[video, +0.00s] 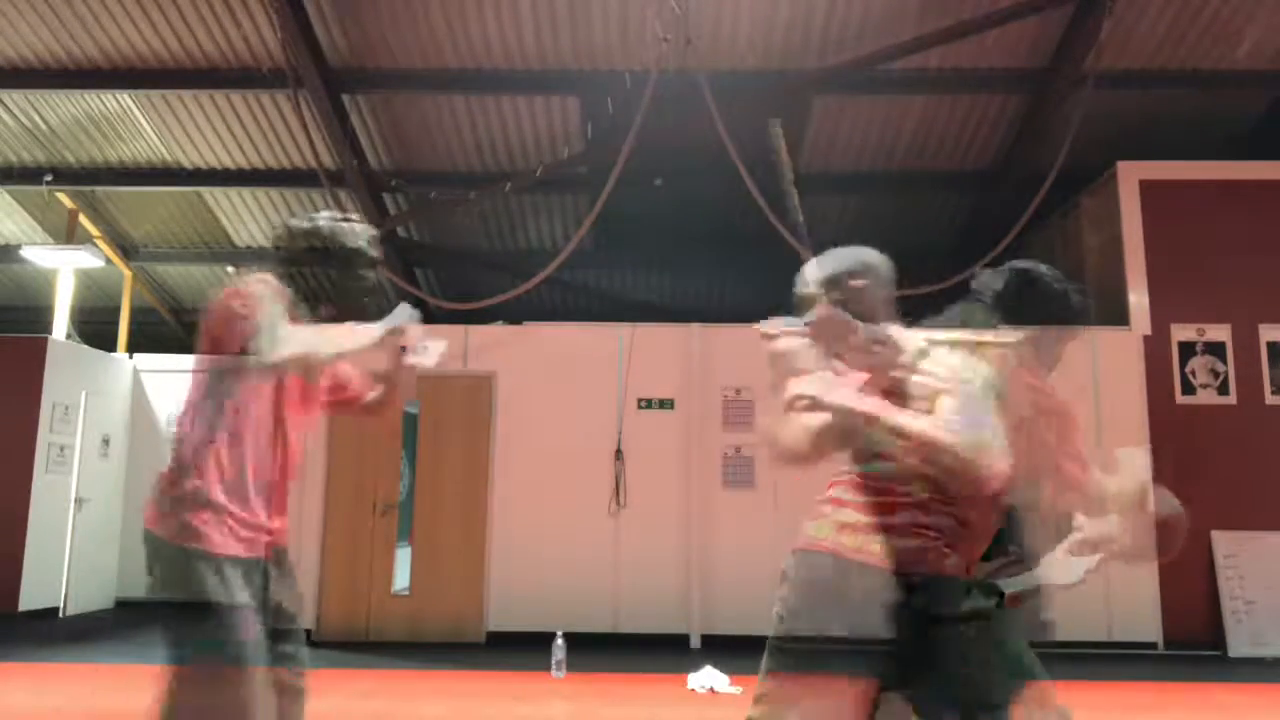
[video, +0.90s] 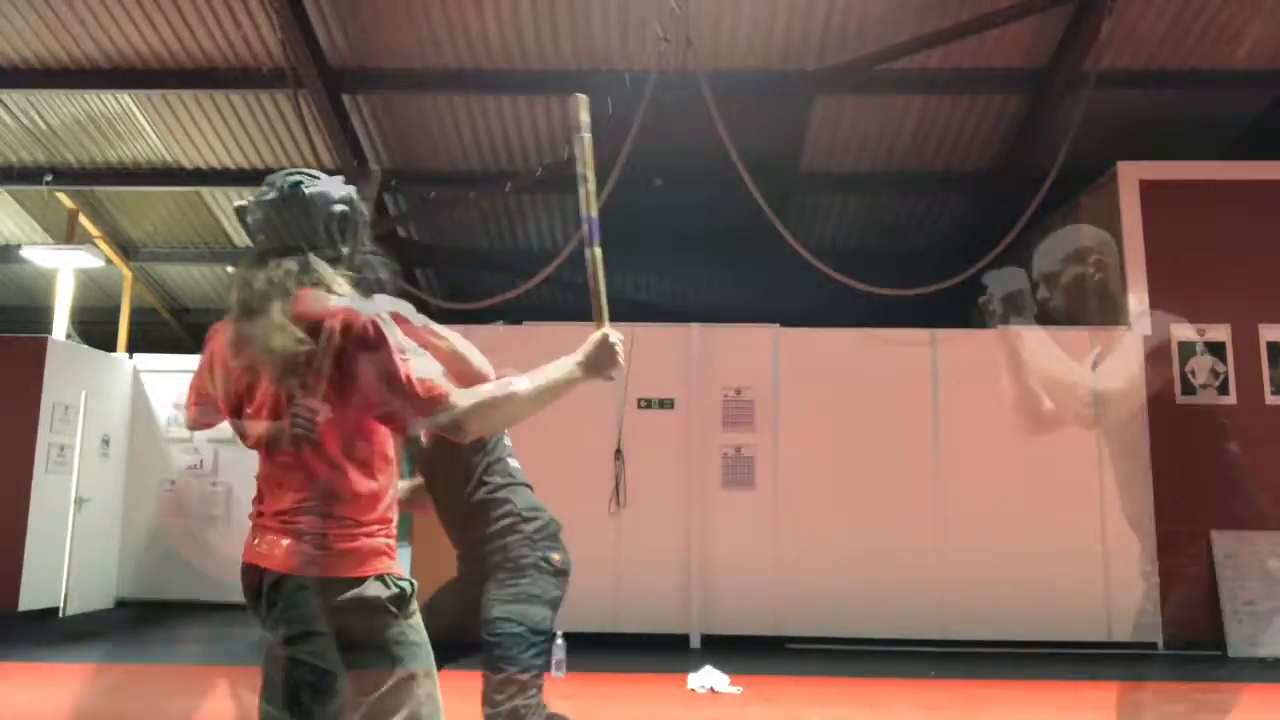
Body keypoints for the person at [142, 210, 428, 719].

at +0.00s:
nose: (373, 278)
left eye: (373, 265)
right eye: (361, 263)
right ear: (323, 265)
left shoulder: (306, 350)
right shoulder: (250, 298)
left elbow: (374, 401)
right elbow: (262, 343)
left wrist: (402, 366)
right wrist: (374, 335)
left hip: (260, 539)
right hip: (200, 534)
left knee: (285, 688)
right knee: (235, 696)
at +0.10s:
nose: (371, 284)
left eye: (377, 276)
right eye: (366, 272)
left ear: (352, 278)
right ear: (327, 263)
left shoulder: (349, 342)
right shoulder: (271, 291)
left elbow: (418, 376)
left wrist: (464, 332)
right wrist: (427, 280)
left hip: (258, 537)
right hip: (202, 526)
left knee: (234, 702)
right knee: (300, 686)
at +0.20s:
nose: (385, 277)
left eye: (386, 261)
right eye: (374, 259)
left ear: (357, 254)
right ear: (335, 247)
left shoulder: (357, 336)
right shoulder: (286, 280)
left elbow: (443, 351)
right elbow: (397, 269)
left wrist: (539, 334)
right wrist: (495, 234)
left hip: (266, 531)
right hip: (228, 523)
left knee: (236, 700)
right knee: (342, 682)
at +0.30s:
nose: (386, 251)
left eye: (386, 238)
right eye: (374, 235)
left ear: (330, 238)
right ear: (329, 233)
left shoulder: (333, 317)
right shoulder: (294, 281)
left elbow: (396, 349)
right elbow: (417, 288)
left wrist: (493, 334)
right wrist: (505, 224)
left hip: (300, 543)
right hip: (274, 542)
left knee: (275, 706)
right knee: (368, 708)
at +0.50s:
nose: (417, 272)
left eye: (415, 257)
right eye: (412, 258)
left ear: (330, 259)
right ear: (389, 258)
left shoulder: (291, 337)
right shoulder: (375, 322)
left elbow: (233, 409)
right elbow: (472, 392)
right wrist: (600, 328)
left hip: (275, 576)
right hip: (335, 588)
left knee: (315, 710)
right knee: (431, 710)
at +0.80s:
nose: (367, 247)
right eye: (361, 233)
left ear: (269, 245)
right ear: (344, 241)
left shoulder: (233, 335)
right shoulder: (363, 326)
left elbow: (206, 412)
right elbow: (460, 420)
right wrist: (581, 369)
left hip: (270, 572)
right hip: (355, 583)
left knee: (292, 706)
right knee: (407, 706)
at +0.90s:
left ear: (264, 249)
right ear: (342, 244)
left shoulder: (232, 336)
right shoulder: (358, 329)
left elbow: (201, 416)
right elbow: (461, 419)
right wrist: (579, 365)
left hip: (270, 566)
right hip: (358, 573)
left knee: (295, 707)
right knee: (405, 708)